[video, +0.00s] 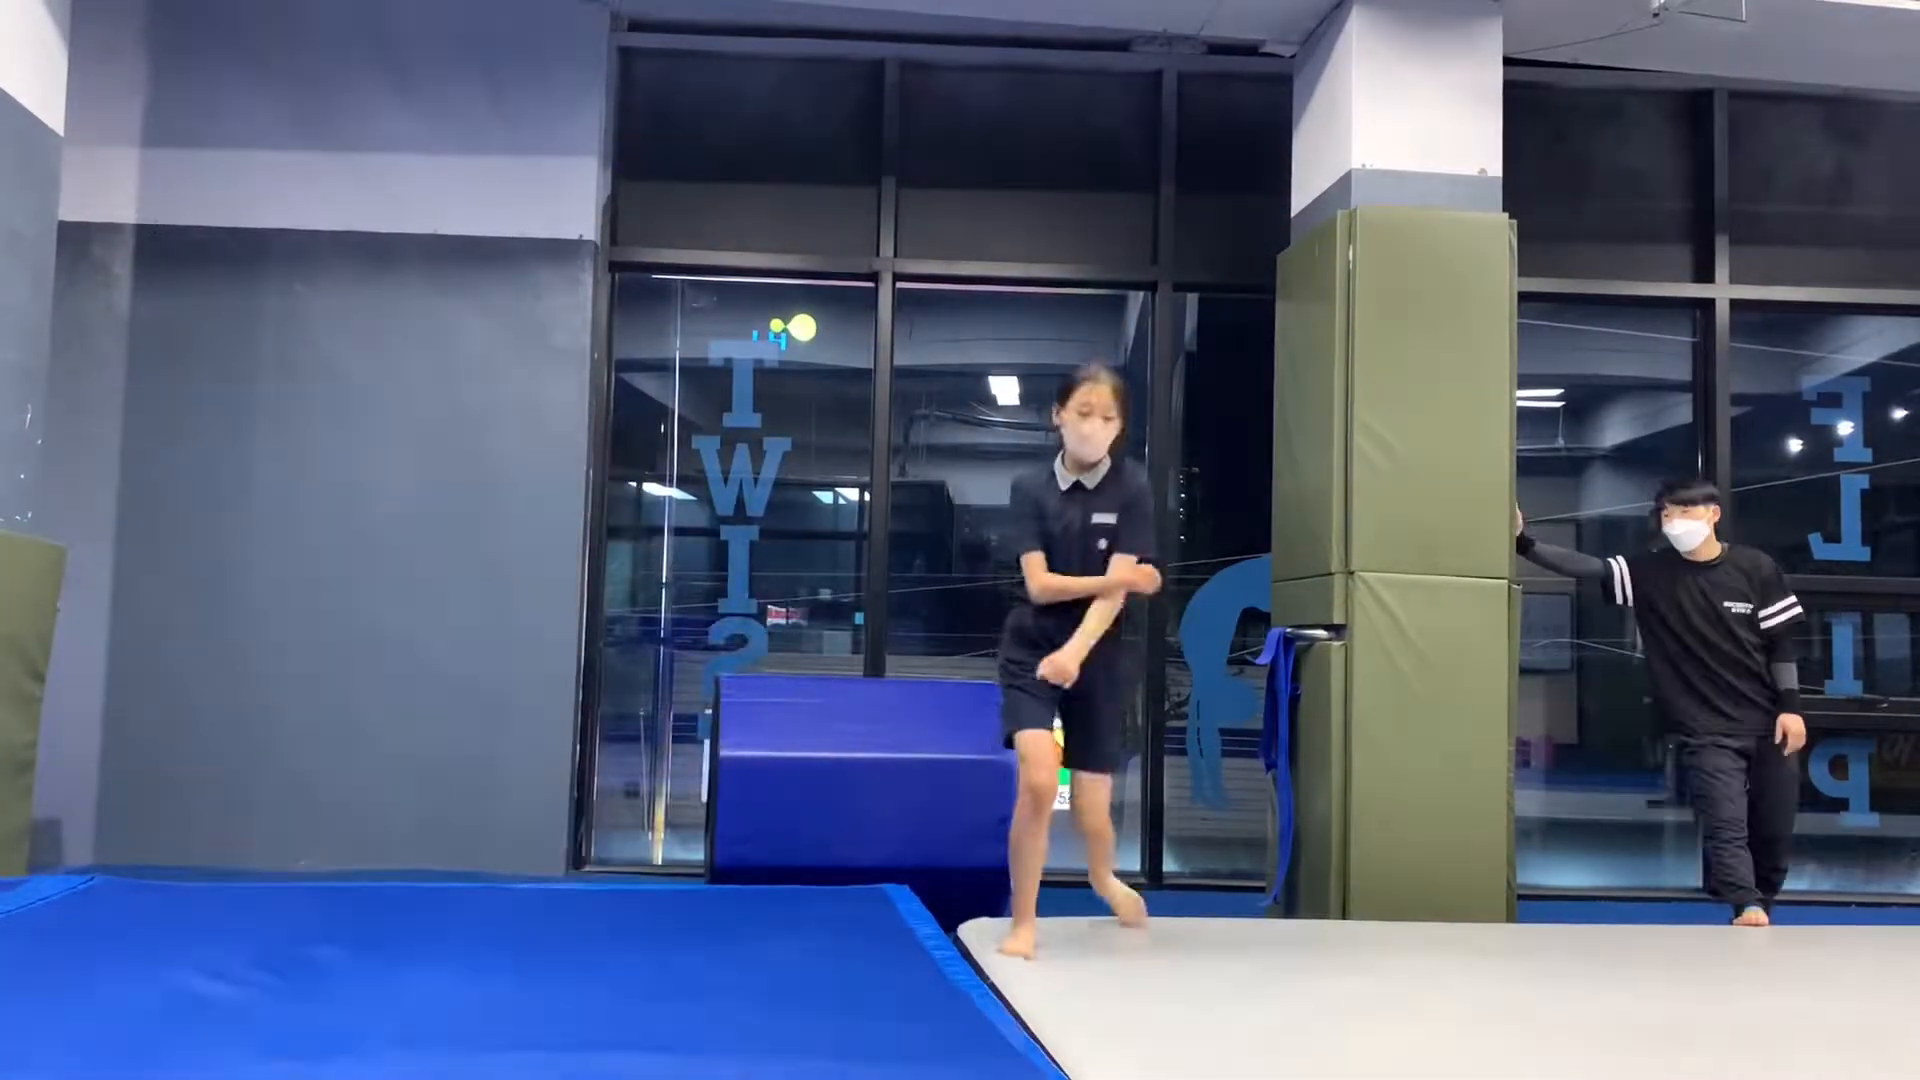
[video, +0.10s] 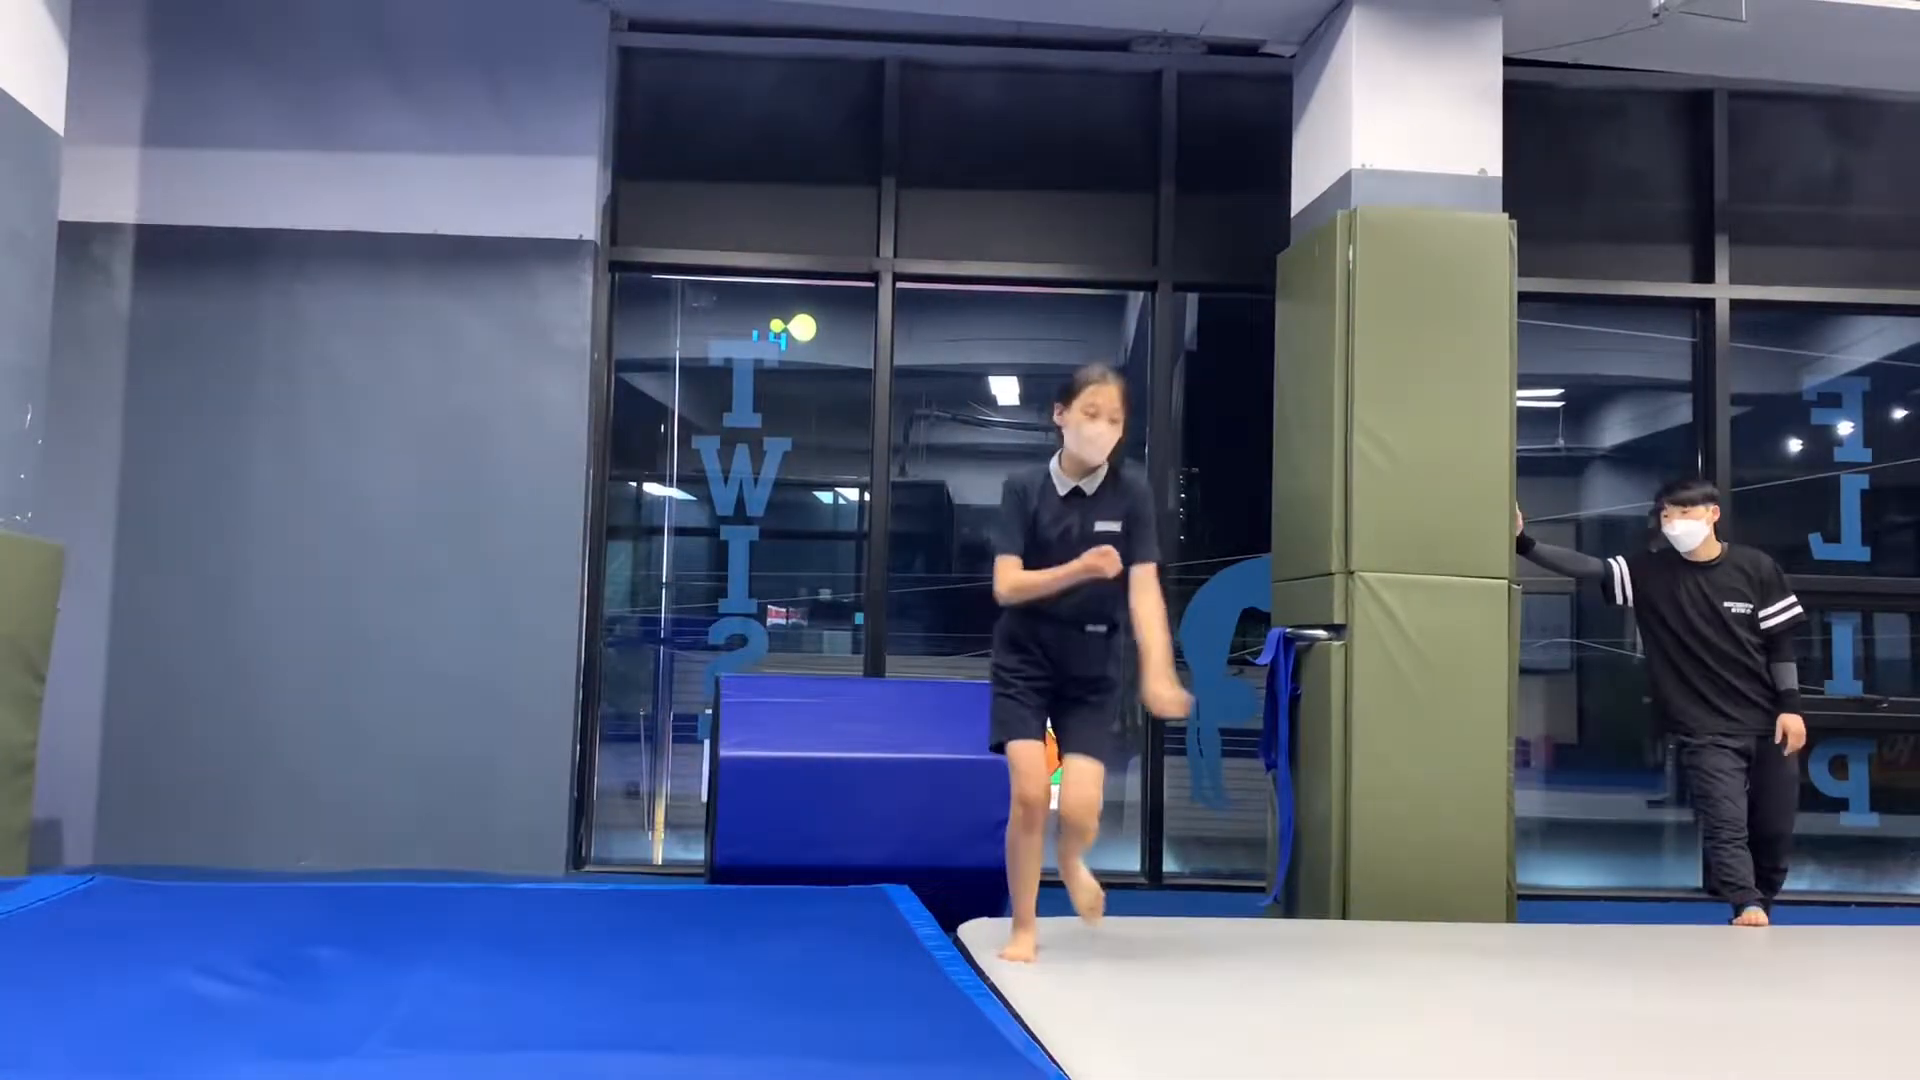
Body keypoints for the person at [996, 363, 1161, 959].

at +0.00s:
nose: (1093, 425)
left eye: (1105, 417)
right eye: (1083, 413)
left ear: (1119, 428)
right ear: (1059, 416)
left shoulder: (1132, 488)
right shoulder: (1031, 487)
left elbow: (1118, 587)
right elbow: (1038, 585)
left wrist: (1073, 649)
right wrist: (1118, 578)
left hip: (1101, 652)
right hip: (1032, 650)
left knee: (1093, 804)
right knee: (1039, 784)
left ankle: (1103, 878)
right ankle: (1023, 923)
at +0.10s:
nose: (1102, 427)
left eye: (1112, 418)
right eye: (1091, 413)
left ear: (1122, 431)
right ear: (1060, 417)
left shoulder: (1131, 492)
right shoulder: (1024, 489)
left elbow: (1146, 589)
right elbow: (1007, 586)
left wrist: (1158, 674)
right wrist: (1079, 568)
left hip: (1094, 667)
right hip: (1024, 661)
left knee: (1081, 807)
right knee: (1031, 798)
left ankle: (1070, 861)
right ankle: (1023, 929)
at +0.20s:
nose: (1131, 405)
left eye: (1141, 395)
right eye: (1122, 389)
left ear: (1146, 405)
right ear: (1085, 385)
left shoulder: (1134, 474)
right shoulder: (1033, 451)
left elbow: (1178, 550)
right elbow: (979, 516)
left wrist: (1233, 623)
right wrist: (1069, 485)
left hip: (1094, 643)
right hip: (1020, 639)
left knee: (1085, 765)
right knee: (1024, 784)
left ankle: (1058, 872)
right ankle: (1020, 926)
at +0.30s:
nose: (1170, 357)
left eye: (1178, 349)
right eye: (1162, 340)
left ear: (1177, 360)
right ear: (1121, 336)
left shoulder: (1143, 420)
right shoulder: (1066, 391)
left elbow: (1145, 491)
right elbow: (987, 405)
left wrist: (1161, 528)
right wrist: (1090, 363)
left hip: (1097, 589)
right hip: (1026, 582)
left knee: (1111, 732)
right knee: (999, 746)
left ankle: (1069, 893)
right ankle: (990, 893)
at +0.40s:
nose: (1194, 343)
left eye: (1200, 335)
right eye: (1186, 326)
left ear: (1188, 345)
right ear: (1142, 321)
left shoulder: (1157, 398)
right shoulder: (1091, 363)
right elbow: (996, 383)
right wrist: (1024, 334)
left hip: (1111, 574)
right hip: (1049, 554)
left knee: (1138, 738)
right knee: (959, 717)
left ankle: (1121, 907)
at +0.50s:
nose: (1205, 366)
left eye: (1207, 356)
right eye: (1194, 351)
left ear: (1186, 365)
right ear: (1150, 352)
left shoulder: (1161, 428)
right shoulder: (1109, 394)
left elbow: (1087, 502)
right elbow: (1013, 428)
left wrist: (1025, 550)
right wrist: (953, 408)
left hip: (1116, 615)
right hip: (1056, 589)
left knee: (1170, 779)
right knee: (930, 699)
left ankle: (1143, 964)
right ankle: (836, 727)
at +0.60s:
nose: (1199, 382)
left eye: (1195, 371)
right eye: (1185, 369)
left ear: (1158, 386)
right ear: (1144, 381)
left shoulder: (1154, 456)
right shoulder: (1111, 436)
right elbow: (1040, 506)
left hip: (1133, 644)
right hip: (1080, 626)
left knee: (1198, 803)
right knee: (954, 764)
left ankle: (1139, 979)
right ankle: (799, 777)